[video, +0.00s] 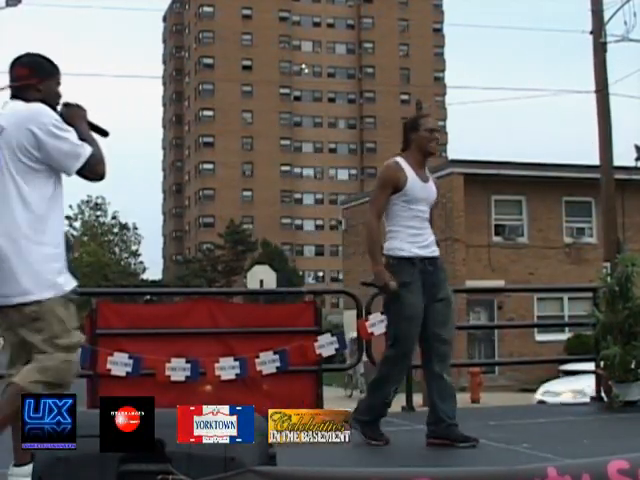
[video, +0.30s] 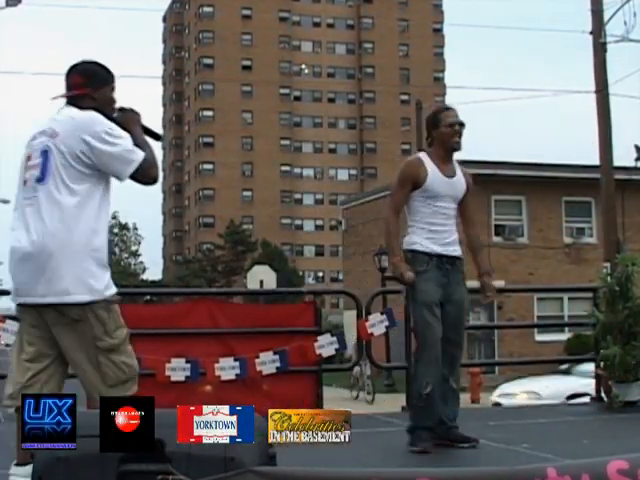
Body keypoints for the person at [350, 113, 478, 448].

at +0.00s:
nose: (436, 137)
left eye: (438, 132)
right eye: (429, 131)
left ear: (436, 139)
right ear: (411, 137)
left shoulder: (430, 180)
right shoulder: (393, 170)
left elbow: (428, 227)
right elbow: (372, 217)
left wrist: (436, 261)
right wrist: (378, 266)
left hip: (432, 265)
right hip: (403, 265)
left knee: (439, 348)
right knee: (403, 347)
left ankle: (442, 426)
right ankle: (367, 417)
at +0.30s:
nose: (459, 130)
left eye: (460, 125)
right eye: (451, 126)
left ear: (458, 132)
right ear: (433, 133)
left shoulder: (461, 177)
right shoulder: (415, 166)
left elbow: (470, 228)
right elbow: (392, 212)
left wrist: (485, 275)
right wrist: (396, 260)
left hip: (452, 264)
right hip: (422, 261)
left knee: (452, 345)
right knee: (429, 343)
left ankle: (446, 426)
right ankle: (421, 429)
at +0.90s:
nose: (476, 116)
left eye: (479, 110)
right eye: (467, 111)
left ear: (483, 116)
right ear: (450, 120)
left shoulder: (491, 161)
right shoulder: (436, 160)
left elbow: (498, 217)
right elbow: (415, 215)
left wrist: (508, 266)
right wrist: (414, 273)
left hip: (489, 263)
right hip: (452, 261)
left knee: (505, 343)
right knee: (460, 347)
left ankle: (472, 416)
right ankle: (467, 436)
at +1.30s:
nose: (510, 110)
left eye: (511, 105)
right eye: (501, 105)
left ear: (511, 113)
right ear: (480, 113)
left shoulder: (512, 158)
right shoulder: (463, 154)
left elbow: (505, 212)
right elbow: (444, 210)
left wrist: (516, 254)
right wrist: (450, 265)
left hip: (510, 259)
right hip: (473, 259)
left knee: (523, 348)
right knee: (474, 352)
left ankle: (544, 439)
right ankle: (469, 440)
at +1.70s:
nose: (535, 101)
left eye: (541, 95)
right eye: (527, 95)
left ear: (550, 102)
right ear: (513, 102)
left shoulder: (559, 151)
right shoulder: (493, 141)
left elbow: (573, 208)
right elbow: (467, 192)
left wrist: (582, 265)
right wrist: (482, 218)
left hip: (547, 257)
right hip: (504, 254)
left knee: (548, 349)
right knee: (502, 338)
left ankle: (545, 442)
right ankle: (486, 421)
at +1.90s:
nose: (532, 100)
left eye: (539, 93)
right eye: (525, 94)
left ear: (550, 99)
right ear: (513, 100)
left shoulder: (569, 143)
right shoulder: (497, 137)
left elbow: (594, 197)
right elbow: (471, 190)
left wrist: (612, 247)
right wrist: (502, 164)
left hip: (549, 254)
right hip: (503, 252)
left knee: (549, 349)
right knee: (502, 347)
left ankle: (547, 442)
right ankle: (505, 447)